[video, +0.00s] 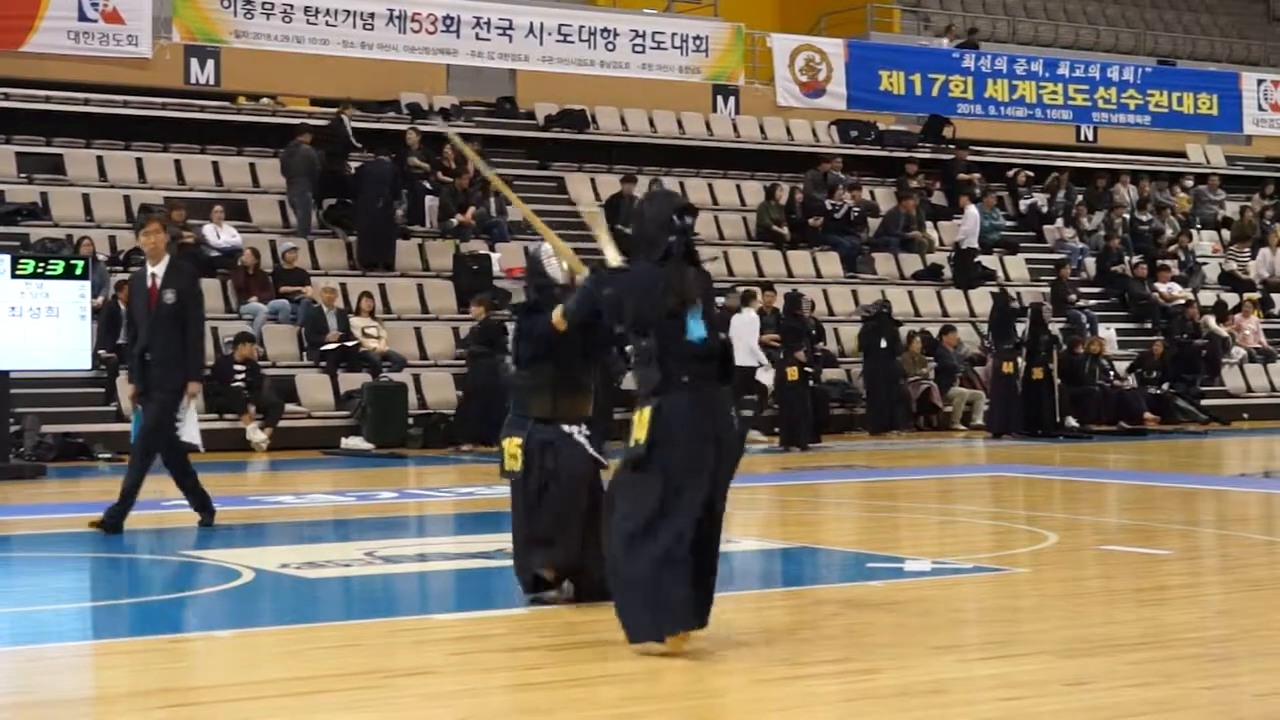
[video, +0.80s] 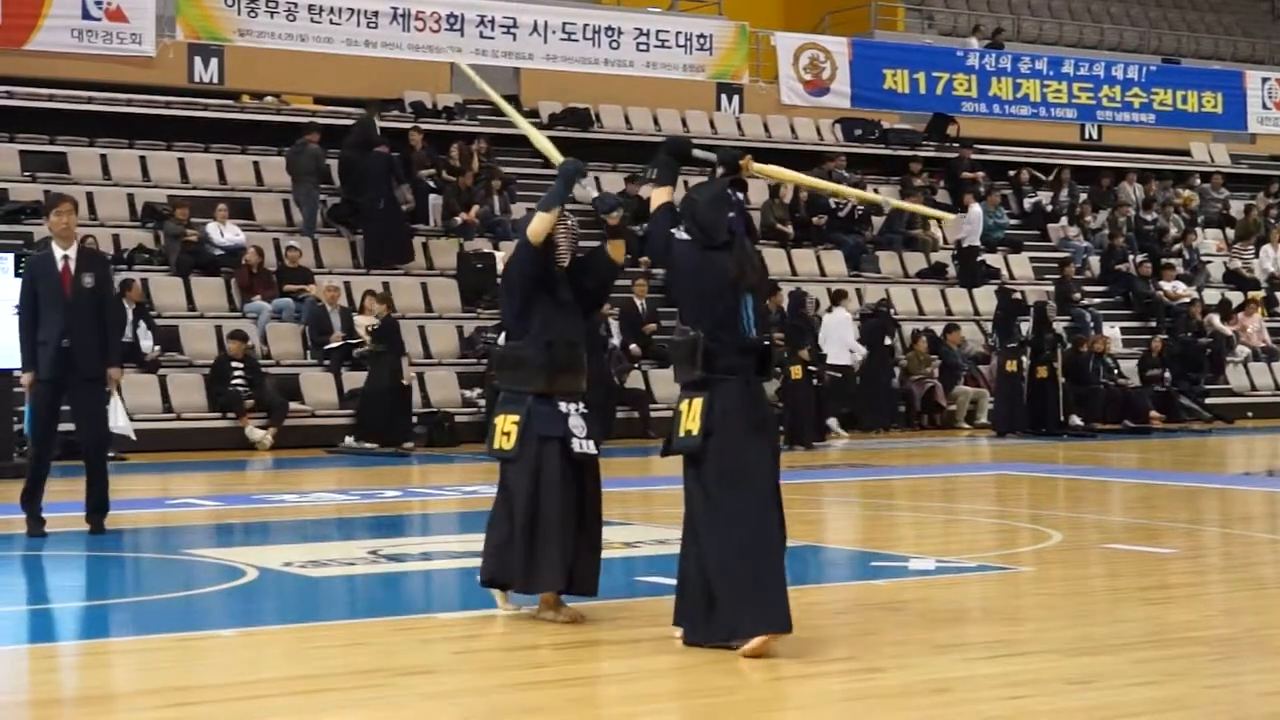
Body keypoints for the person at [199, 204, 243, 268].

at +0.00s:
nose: (219, 215)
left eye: (221, 212)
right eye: (216, 212)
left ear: (224, 214)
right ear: (211, 215)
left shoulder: (229, 228)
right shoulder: (207, 228)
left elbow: (239, 242)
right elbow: (214, 243)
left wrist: (222, 241)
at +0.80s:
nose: (223, 213)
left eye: (225, 211)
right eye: (220, 211)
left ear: (228, 213)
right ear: (215, 213)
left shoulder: (233, 226)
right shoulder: (211, 226)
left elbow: (243, 240)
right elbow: (218, 242)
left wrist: (226, 239)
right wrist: (238, 243)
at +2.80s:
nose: (224, 213)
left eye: (226, 211)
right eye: (221, 211)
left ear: (229, 213)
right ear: (216, 213)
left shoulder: (234, 226)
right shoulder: (211, 226)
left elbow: (244, 240)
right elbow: (218, 241)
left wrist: (227, 239)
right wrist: (238, 244)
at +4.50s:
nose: (229, 213)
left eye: (230, 210)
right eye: (226, 210)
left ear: (232, 212)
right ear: (220, 212)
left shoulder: (235, 226)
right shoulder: (214, 225)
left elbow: (246, 240)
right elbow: (221, 242)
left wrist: (229, 239)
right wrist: (241, 244)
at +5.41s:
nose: (227, 214)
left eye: (229, 211)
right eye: (224, 211)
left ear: (232, 212)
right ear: (217, 213)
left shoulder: (235, 226)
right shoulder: (214, 225)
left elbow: (247, 240)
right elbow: (220, 241)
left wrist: (230, 239)